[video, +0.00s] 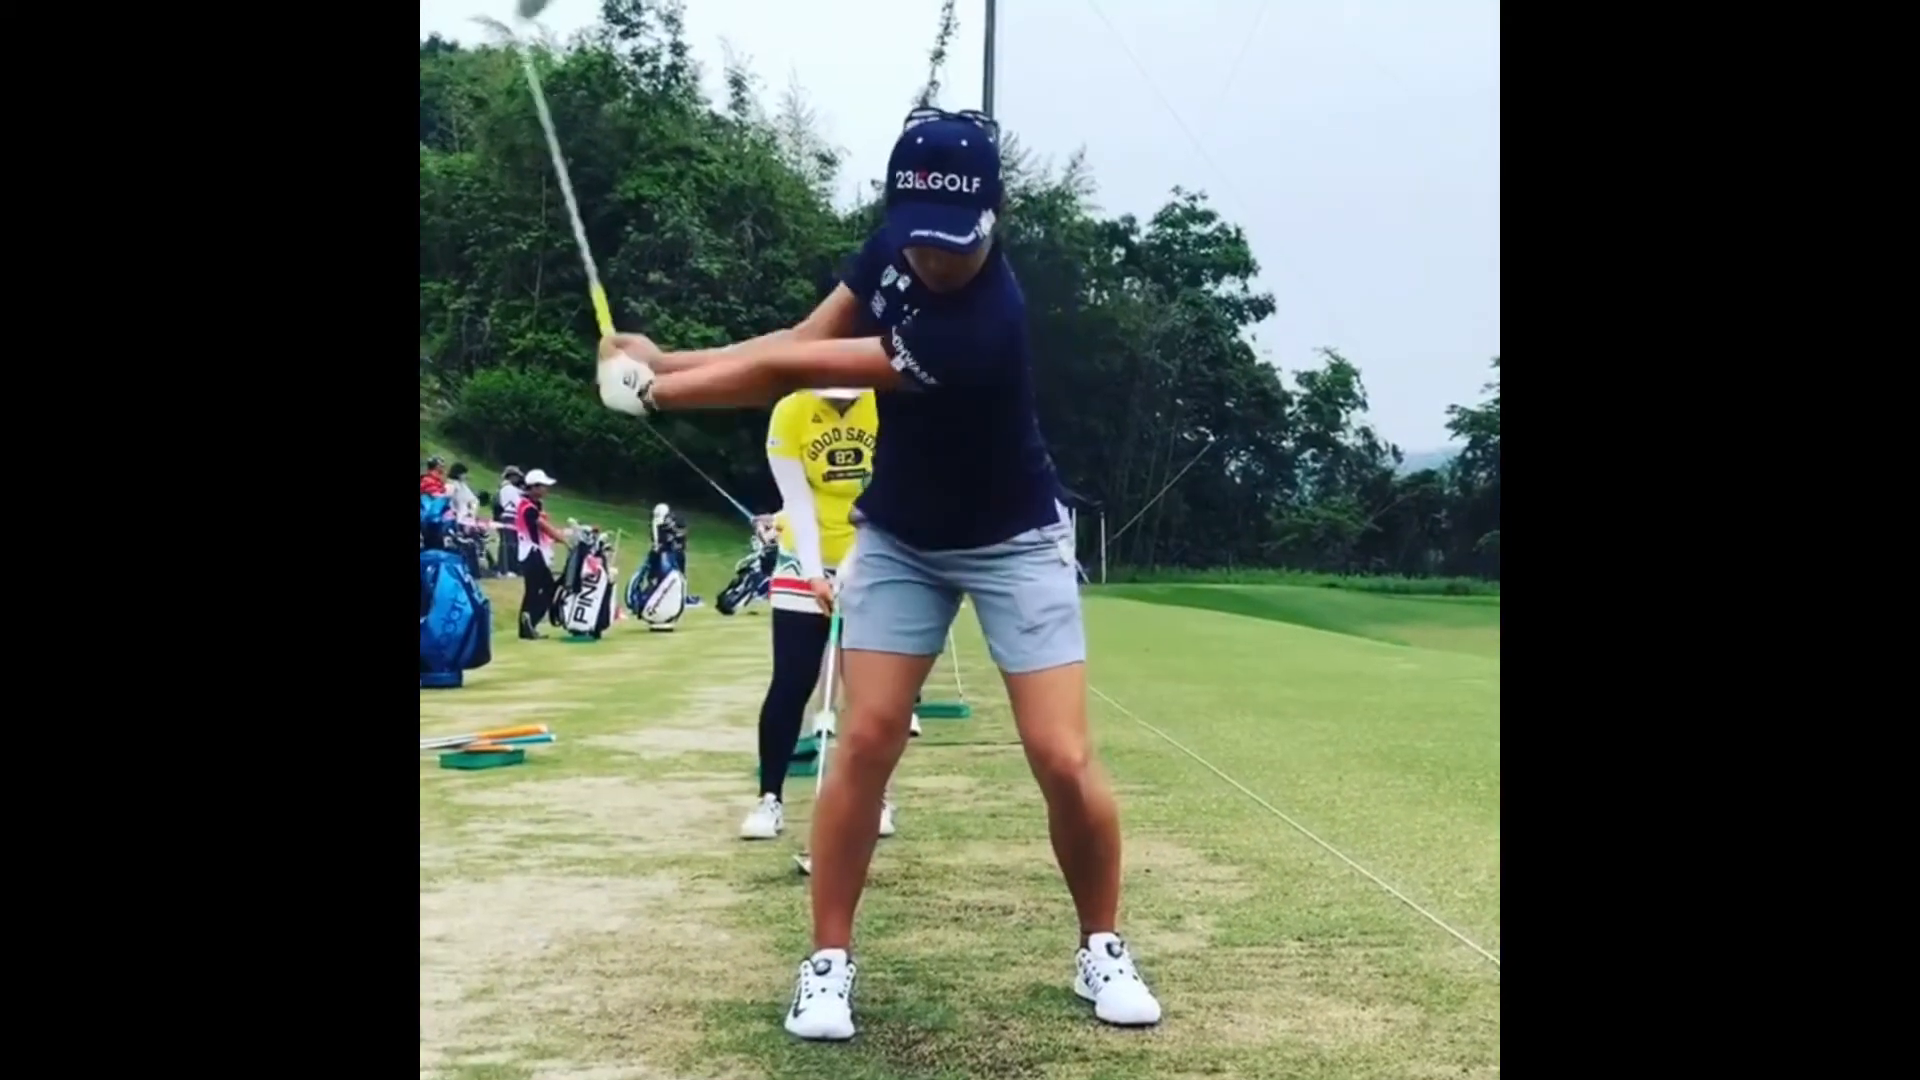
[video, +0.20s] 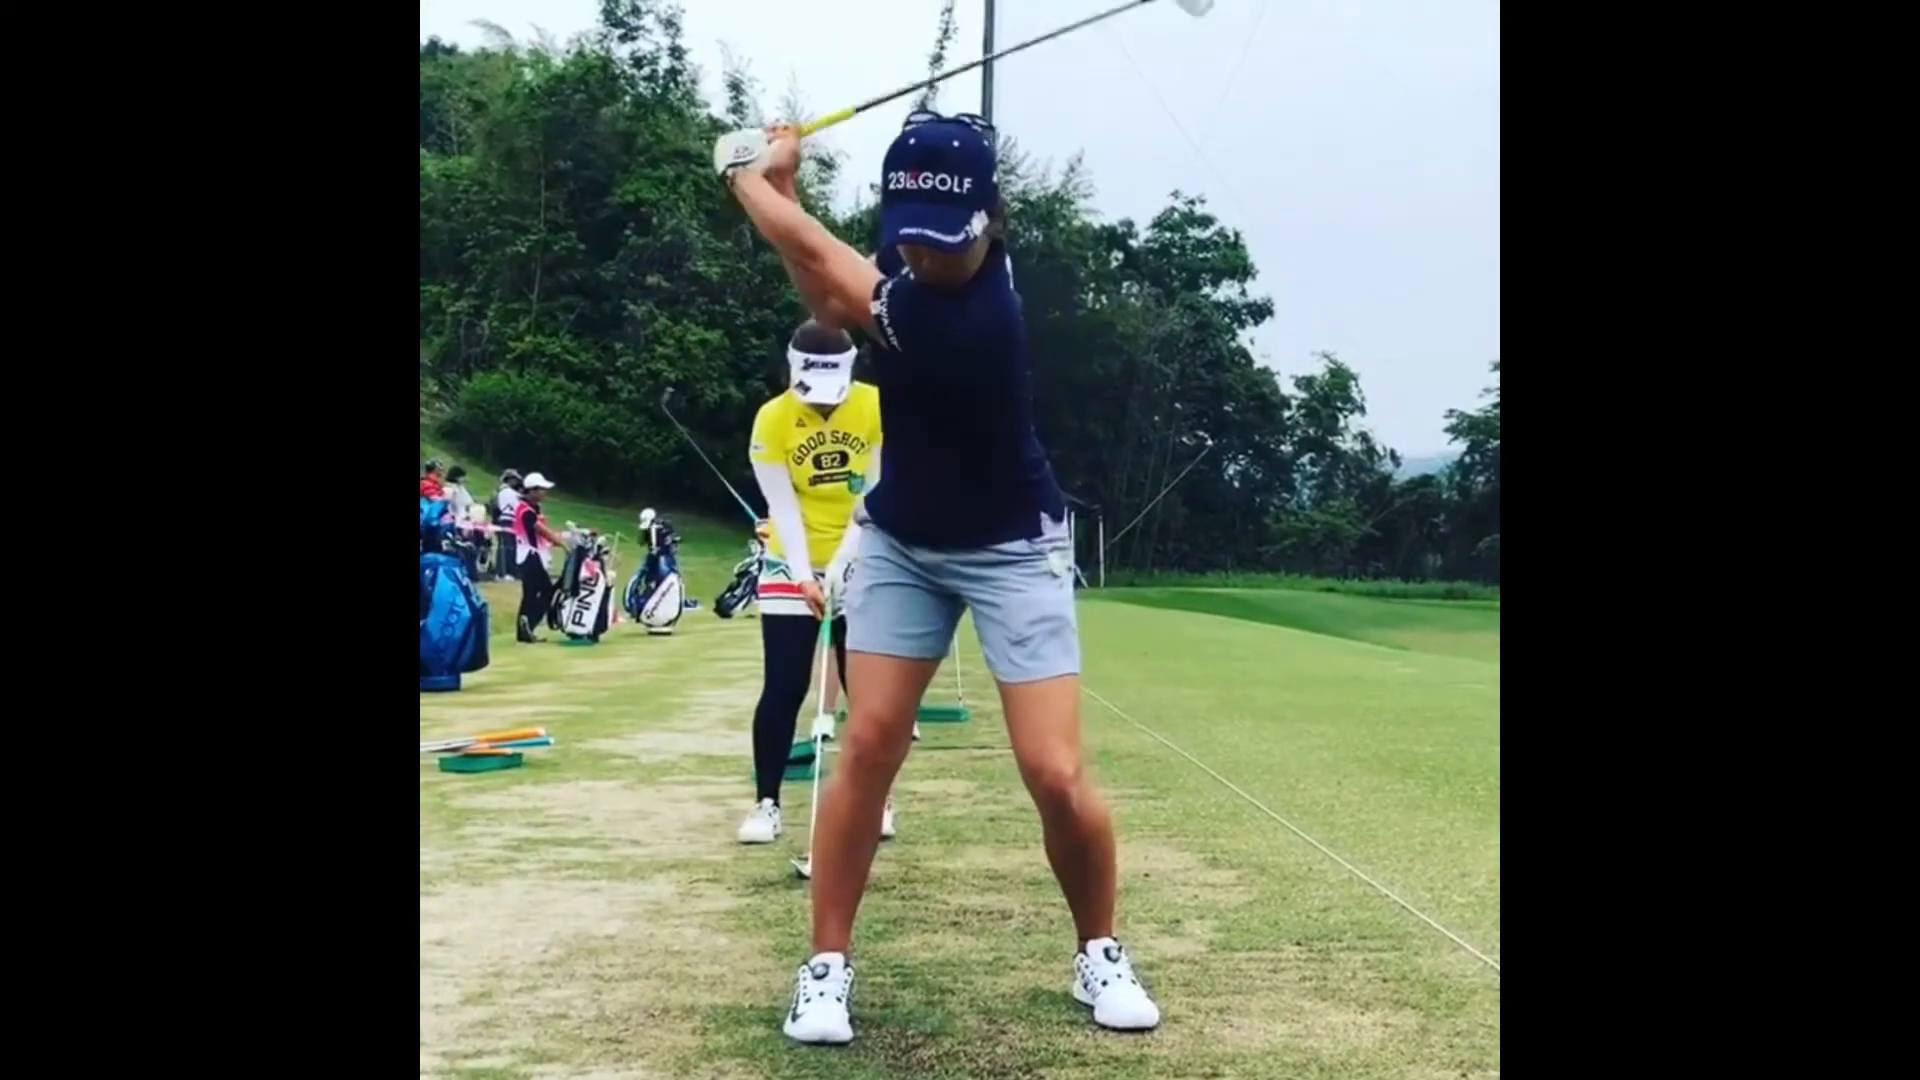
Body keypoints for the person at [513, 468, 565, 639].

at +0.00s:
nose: (546, 490)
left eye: (546, 487)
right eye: (542, 486)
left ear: (535, 489)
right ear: (533, 488)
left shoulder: (529, 505)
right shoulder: (529, 509)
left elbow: (545, 526)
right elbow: (546, 529)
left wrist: (562, 535)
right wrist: (564, 539)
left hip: (530, 550)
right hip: (532, 552)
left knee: (532, 589)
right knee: (549, 586)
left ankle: (525, 627)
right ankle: (531, 618)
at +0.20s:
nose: (545, 494)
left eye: (545, 490)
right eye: (542, 490)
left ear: (533, 492)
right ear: (532, 491)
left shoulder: (530, 509)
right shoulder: (527, 512)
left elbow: (544, 531)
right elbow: (544, 532)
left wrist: (561, 538)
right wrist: (563, 543)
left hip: (531, 553)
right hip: (530, 554)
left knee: (530, 592)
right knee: (547, 589)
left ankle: (524, 630)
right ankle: (529, 623)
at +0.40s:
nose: (538, 495)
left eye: (538, 492)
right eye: (535, 491)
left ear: (527, 494)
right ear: (525, 493)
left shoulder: (523, 511)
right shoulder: (520, 514)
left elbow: (536, 533)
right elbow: (537, 535)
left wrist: (553, 540)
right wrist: (555, 545)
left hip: (523, 555)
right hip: (523, 557)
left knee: (523, 594)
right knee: (540, 592)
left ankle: (517, 632)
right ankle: (523, 625)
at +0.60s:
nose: (527, 497)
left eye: (527, 493)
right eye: (524, 493)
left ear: (514, 496)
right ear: (514, 495)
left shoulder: (511, 513)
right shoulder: (510, 516)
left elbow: (525, 535)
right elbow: (526, 536)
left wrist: (541, 543)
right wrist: (545, 546)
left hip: (512, 557)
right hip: (512, 559)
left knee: (511, 596)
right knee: (529, 594)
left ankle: (505, 634)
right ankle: (511, 626)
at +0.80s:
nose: (517, 498)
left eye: (517, 495)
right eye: (515, 495)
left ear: (502, 496)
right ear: (507, 496)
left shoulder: (495, 514)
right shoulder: (500, 518)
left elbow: (514, 536)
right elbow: (517, 539)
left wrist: (531, 544)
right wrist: (536, 550)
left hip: (496, 558)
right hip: (502, 560)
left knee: (500, 597)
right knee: (519, 595)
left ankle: (494, 635)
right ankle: (500, 628)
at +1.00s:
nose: (508, 500)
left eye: (508, 497)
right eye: (506, 497)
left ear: (493, 498)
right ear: (498, 498)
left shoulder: (486, 515)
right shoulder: (492, 520)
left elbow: (504, 538)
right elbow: (508, 541)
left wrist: (522, 546)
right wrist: (526, 551)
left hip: (487, 559)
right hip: (493, 562)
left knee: (491, 599)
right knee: (509, 597)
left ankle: (485, 638)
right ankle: (491, 629)